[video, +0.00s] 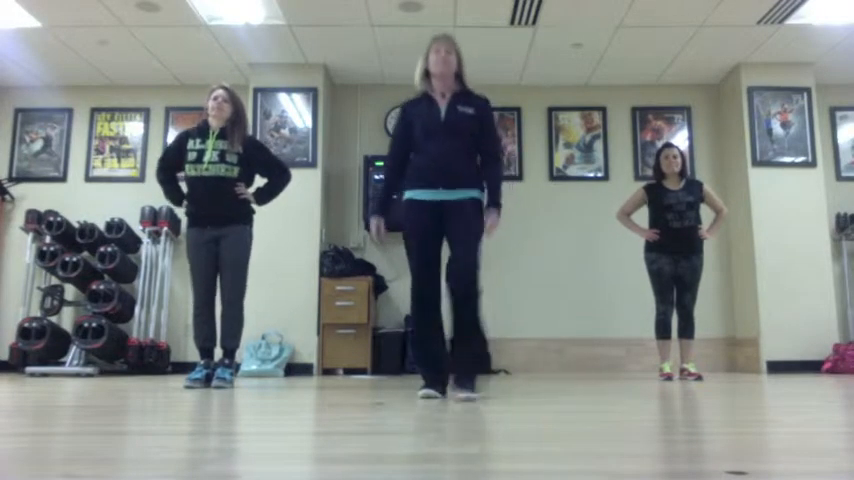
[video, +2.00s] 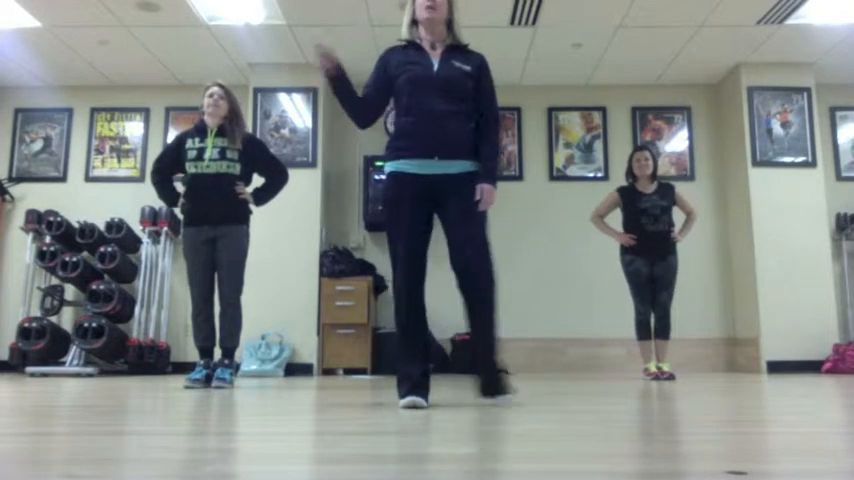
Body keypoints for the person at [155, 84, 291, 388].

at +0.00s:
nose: (217, 102)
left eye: (224, 100)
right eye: (214, 98)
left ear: (234, 110)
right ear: (206, 106)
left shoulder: (246, 144)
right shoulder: (189, 139)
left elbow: (282, 174)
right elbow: (164, 169)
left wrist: (258, 196)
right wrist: (180, 200)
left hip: (235, 227)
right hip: (199, 226)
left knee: (232, 295)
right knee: (202, 296)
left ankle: (227, 363)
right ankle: (205, 362)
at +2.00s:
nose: (213, 100)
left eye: (220, 97)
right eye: (209, 96)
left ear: (230, 107)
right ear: (202, 104)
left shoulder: (245, 142)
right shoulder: (187, 140)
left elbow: (280, 174)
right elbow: (159, 171)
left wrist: (256, 196)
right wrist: (175, 199)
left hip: (232, 227)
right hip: (196, 226)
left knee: (229, 295)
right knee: (200, 297)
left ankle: (227, 362)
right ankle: (205, 361)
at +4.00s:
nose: (202, 98)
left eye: (209, 95)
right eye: (199, 95)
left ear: (220, 104)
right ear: (192, 103)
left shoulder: (237, 138)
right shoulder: (178, 142)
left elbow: (251, 181)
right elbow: (170, 189)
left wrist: (266, 178)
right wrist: (150, 184)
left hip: (225, 227)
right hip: (187, 227)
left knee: (219, 295)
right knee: (186, 296)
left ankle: (217, 362)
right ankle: (187, 364)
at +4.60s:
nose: (251, 99)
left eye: (258, 96)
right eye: (246, 94)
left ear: (268, 106)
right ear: (238, 102)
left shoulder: (279, 143)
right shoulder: (220, 136)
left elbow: (291, 188)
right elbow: (196, 181)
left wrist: (313, 182)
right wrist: (197, 168)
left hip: (264, 228)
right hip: (227, 226)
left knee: (264, 296)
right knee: (215, 288)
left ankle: (263, 364)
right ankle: (189, 353)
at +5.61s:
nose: (216, 96)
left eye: (223, 93)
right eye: (212, 92)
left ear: (235, 105)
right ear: (205, 100)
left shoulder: (248, 141)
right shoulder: (187, 137)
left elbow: (264, 183)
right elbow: (173, 182)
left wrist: (288, 180)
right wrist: (162, 172)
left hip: (239, 226)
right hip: (199, 227)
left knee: (259, 286)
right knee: (193, 295)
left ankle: (268, 356)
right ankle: (190, 364)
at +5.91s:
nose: (213, 97)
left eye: (220, 94)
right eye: (209, 93)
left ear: (230, 105)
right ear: (202, 101)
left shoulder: (244, 138)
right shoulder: (183, 137)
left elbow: (262, 181)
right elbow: (166, 184)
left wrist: (284, 176)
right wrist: (167, 170)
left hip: (238, 226)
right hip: (198, 227)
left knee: (258, 284)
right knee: (193, 295)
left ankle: (267, 357)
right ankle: (190, 364)